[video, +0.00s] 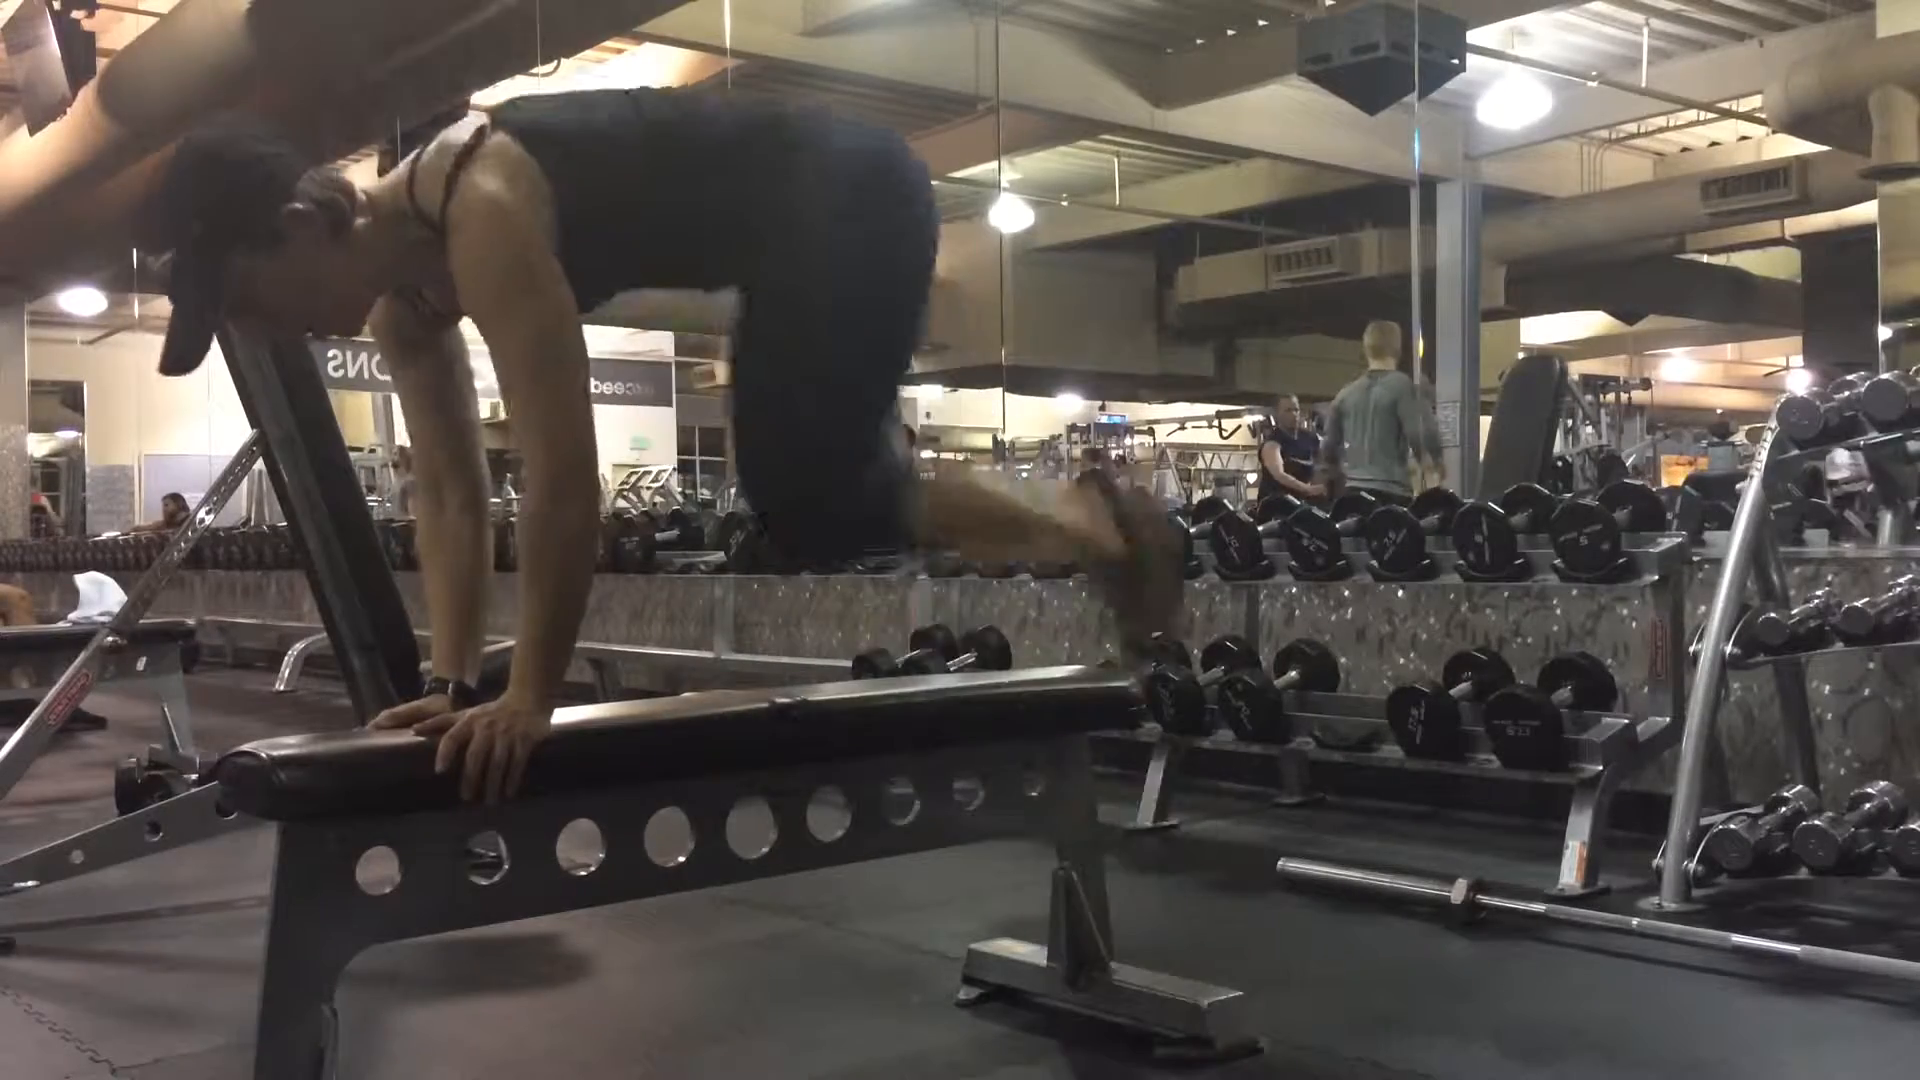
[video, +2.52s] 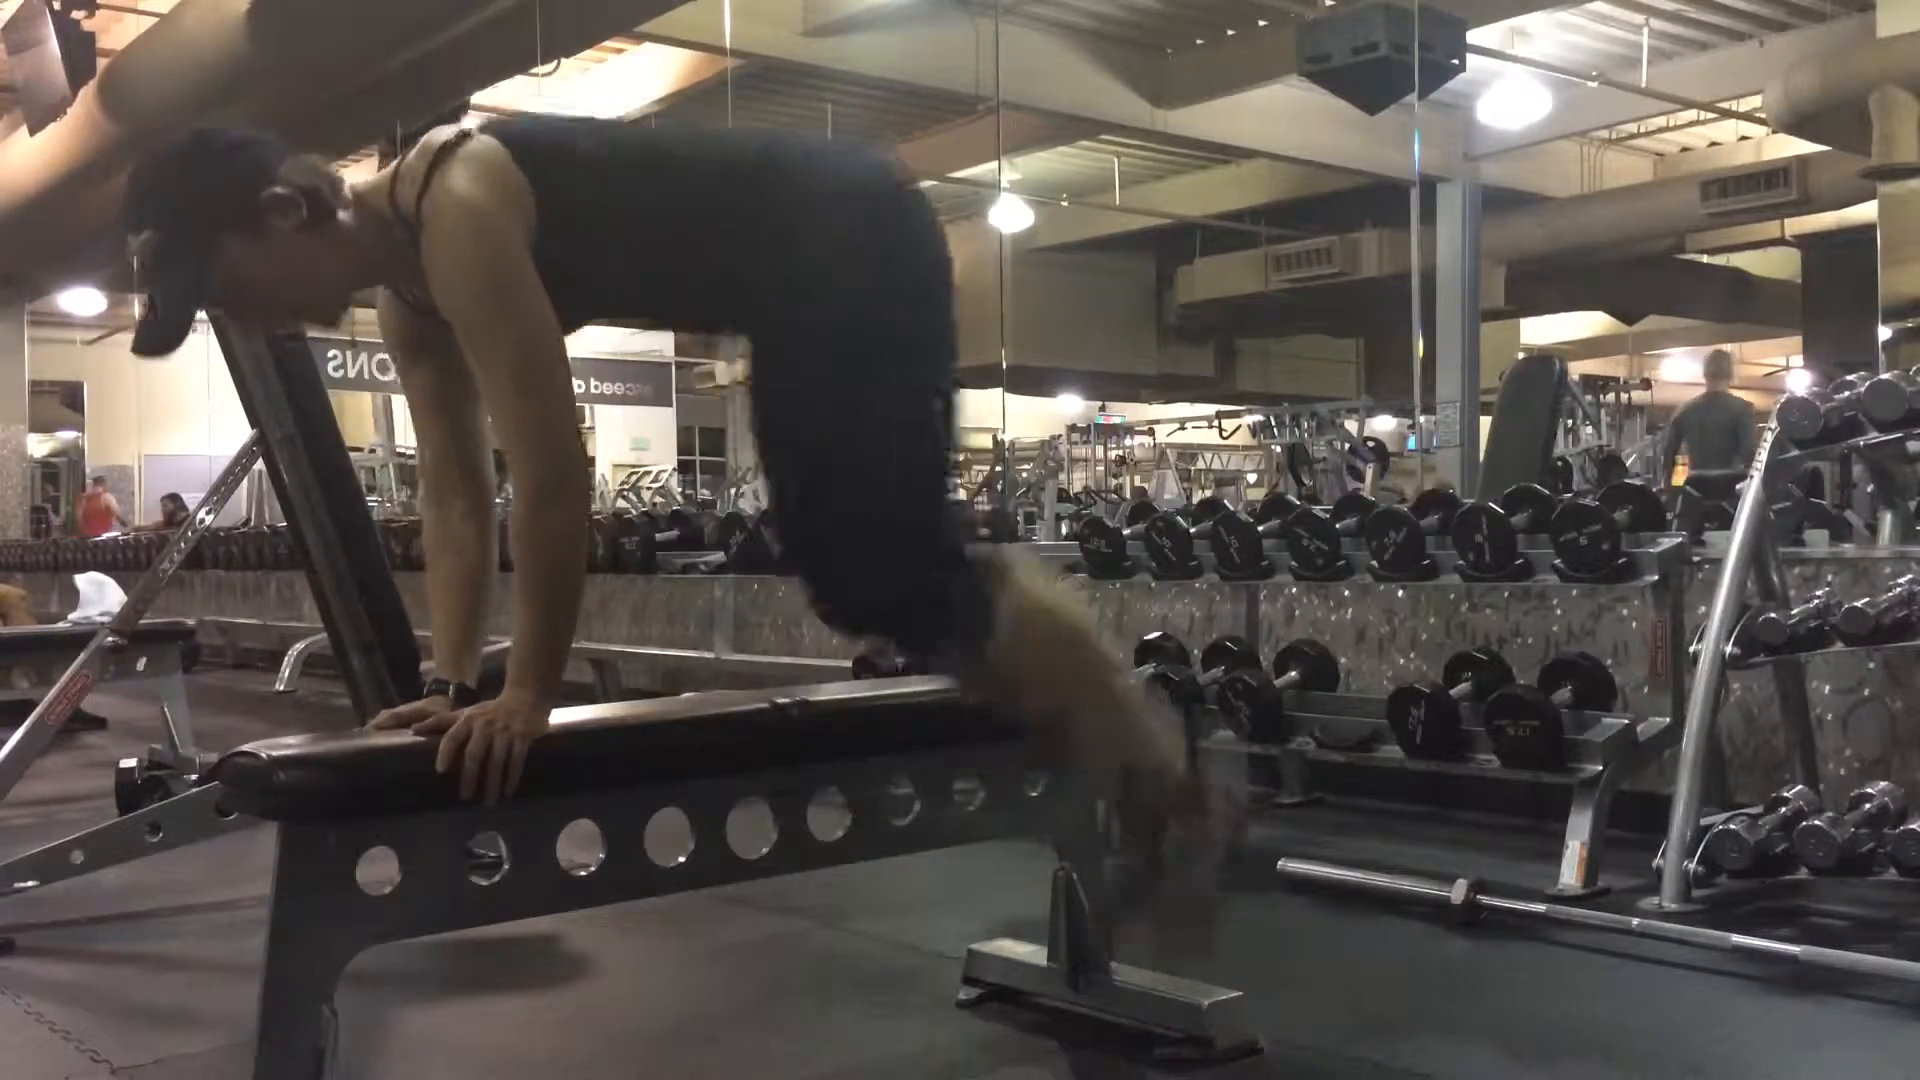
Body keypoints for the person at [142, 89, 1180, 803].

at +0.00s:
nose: (281, 331)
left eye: (261, 304)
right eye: (255, 321)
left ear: (296, 225)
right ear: (294, 229)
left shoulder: (488, 213)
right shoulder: (397, 289)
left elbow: (566, 484)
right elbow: (445, 482)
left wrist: (529, 695)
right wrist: (449, 675)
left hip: (849, 192)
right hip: (785, 230)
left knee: (822, 503)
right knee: (805, 509)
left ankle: (1107, 537)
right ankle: (1097, 531)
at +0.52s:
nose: (370, 308)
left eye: (370, 273)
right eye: (353, 288)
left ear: (440, 213)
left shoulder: (605, 285)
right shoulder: (457, 322)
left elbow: (677, 531)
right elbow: (476, 506)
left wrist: (540, 701)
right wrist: (457, 681)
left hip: (774, 522)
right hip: (680, 525)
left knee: (673, 738)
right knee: (627, 744)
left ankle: (821, 930)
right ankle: (756, 940)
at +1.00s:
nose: (312, 313)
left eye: (292, 287)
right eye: (287, 302)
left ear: (333, 203)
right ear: (318, 220)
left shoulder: (513, 204)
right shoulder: (423, 260)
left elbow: (566, 475)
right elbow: (458, 471)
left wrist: (530, 691)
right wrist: (453, 674)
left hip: (872, 240)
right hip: (788, 288)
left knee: (853, 549)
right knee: (790, 571)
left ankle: (1126, 686)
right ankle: (1067, 658)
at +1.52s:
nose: (283, 327)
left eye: (267, 297)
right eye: (260, 315)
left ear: (322, 217)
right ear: (315, 227)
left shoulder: (495, 212)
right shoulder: (405, 291)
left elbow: (560, 481)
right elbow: (446, 487)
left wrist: (527, 701)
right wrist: (449, 679)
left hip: (846, 194)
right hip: (776, 230)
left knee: (787, 502)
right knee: (764, 511)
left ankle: (1054, 462)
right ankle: (1037, 461)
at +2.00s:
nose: (303, 307)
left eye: (292, 275)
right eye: (279, 296)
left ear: (335, 205)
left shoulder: (529, 240)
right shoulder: (383, 315)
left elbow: (622, 491)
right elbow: (432, 497)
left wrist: (532, 700)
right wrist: (446, 682)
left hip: (754, 432)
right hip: (652, 452)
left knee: (727, 689)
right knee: (686, 692)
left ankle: (788, 905)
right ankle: (724, 908)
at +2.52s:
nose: (248, 326)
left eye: (232, 294)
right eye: (226, 313)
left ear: (289, 215)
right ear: (280, 226)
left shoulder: (460, 210)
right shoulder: (402, 266)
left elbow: (552, 473)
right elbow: (451, 481)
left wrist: (528, 694)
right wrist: (450, 675)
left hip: (853, 228)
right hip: (791, 269)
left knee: (887, 557)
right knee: (849, 563)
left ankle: (1145, 741)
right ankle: (1087, 708)